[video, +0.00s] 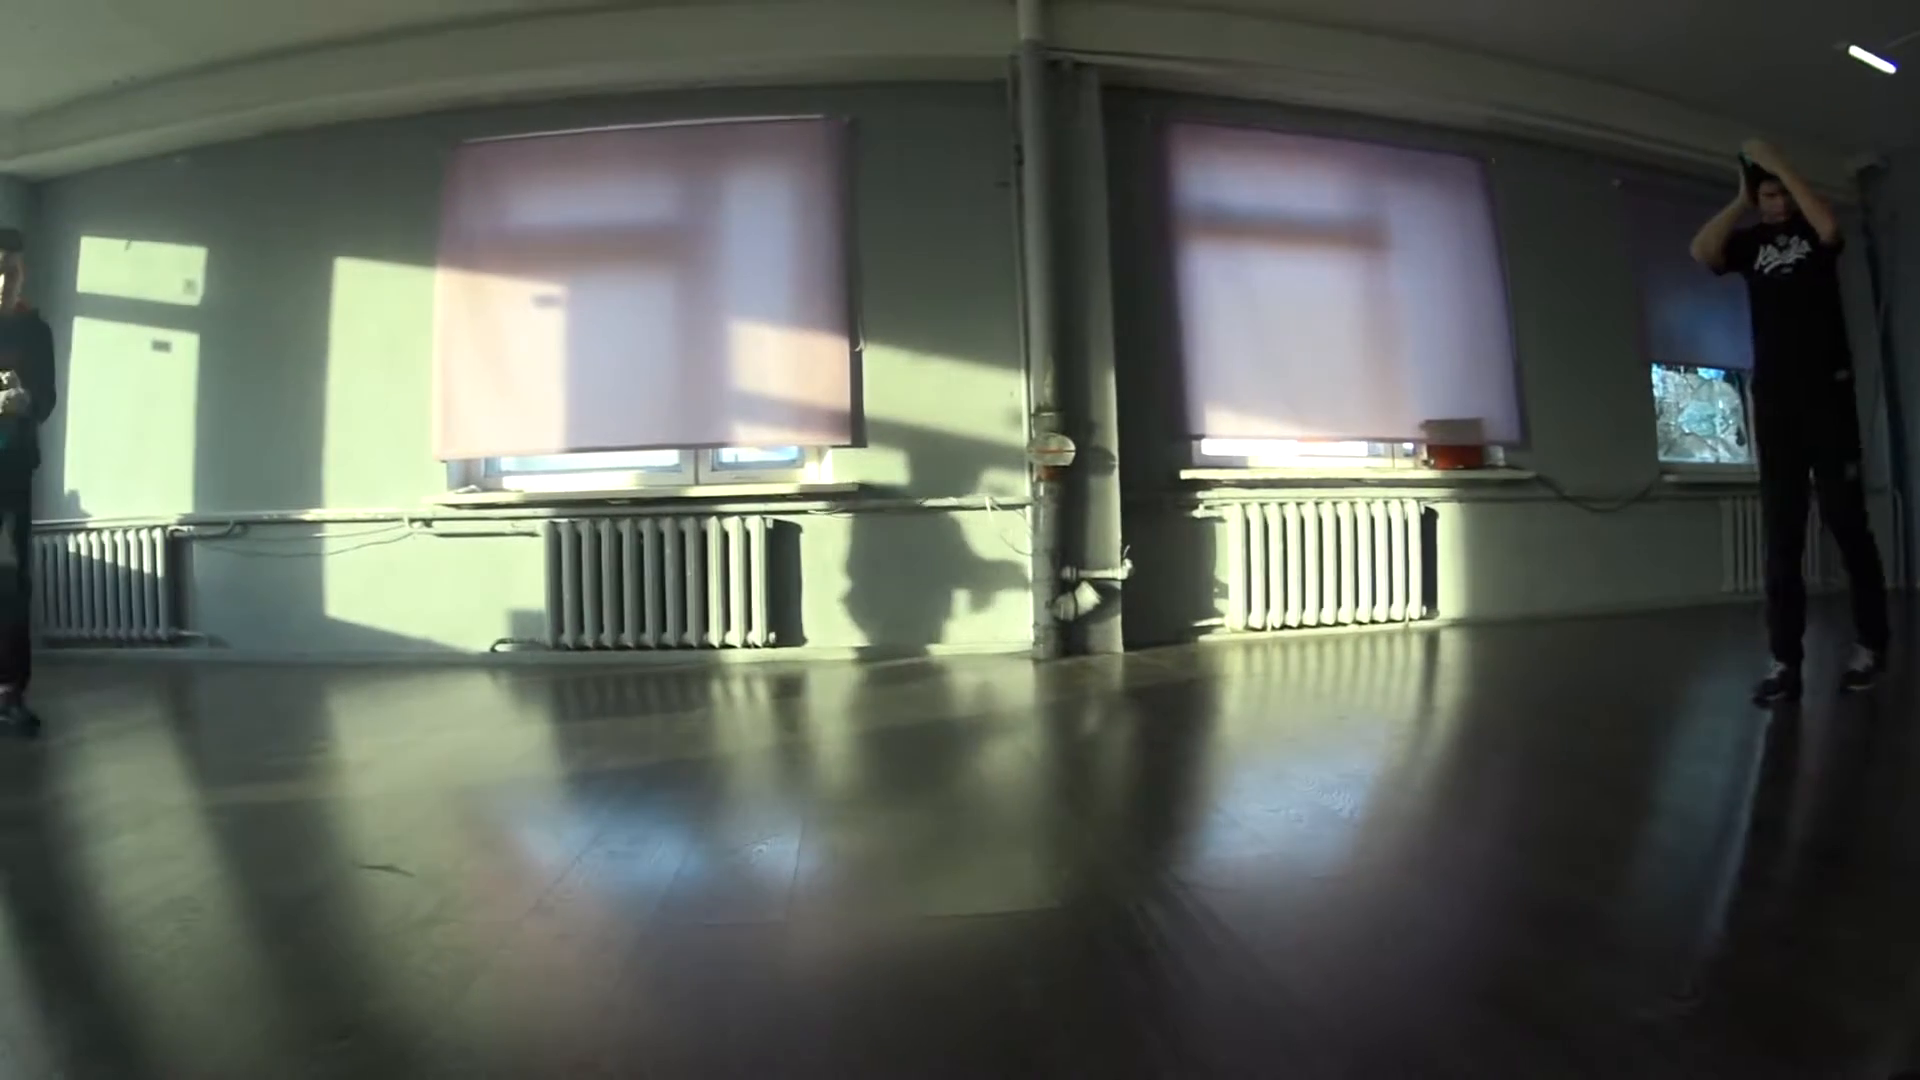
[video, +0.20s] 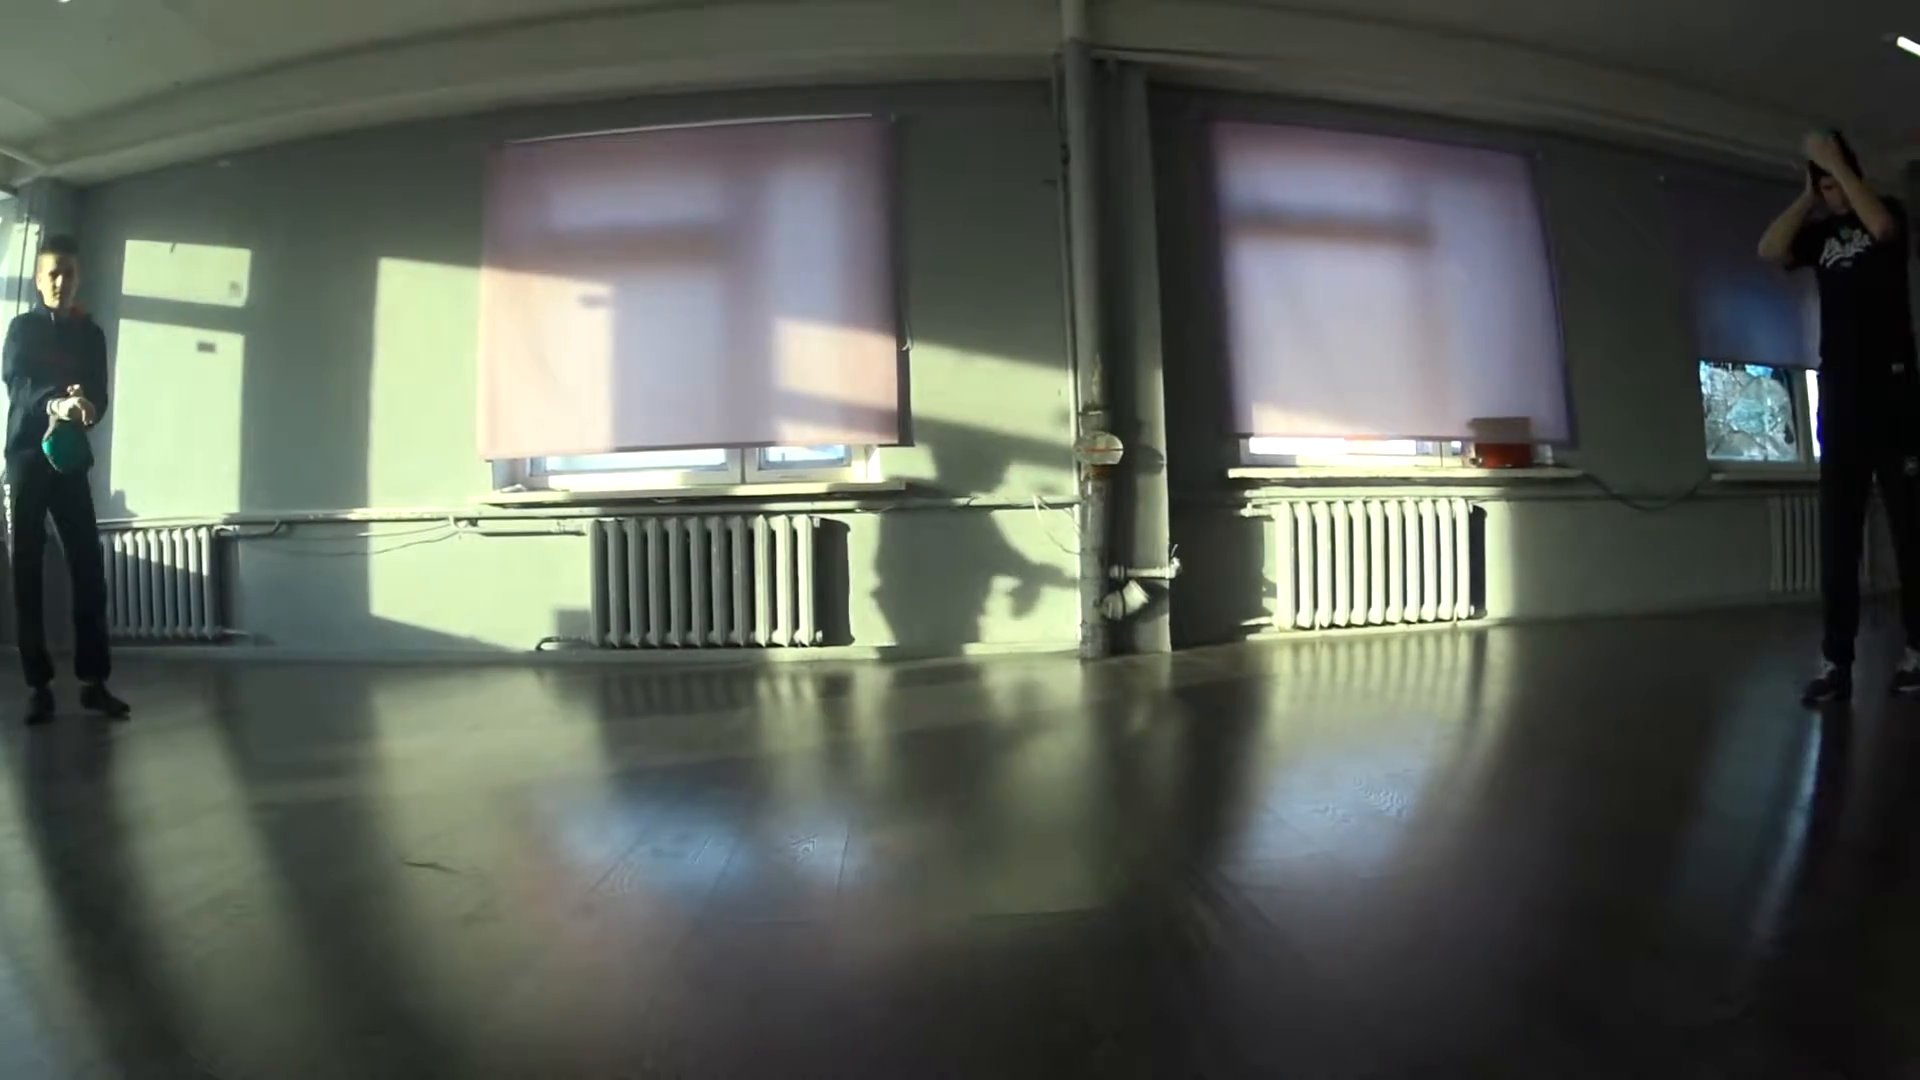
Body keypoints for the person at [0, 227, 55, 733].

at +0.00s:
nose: (6, 281)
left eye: (11, 272)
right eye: (2, 271)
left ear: (22, 277)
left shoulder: (31, 329)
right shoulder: (22, 330)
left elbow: (42, 401)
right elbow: (41, 400)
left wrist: (22, 401)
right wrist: (17, 397)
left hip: (14, 465)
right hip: (9, 466)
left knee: (15, 572)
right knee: (12, 572)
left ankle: (13, 691)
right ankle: (10, 689)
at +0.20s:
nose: (59, 281)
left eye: (67, 273)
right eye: (51, 273)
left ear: (78, 278)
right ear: (37, 279)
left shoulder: (91, 333)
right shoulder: (23, 327)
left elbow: (100, 396)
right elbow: (14, 383)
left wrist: (89, 411)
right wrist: (52, 400)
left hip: (71, 460)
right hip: (26, 460)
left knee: (88, 568)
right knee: (27, 571)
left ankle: (93, 683)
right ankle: (39, 688)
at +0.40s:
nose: (119, 282)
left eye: (125, 274)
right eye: (111, 274)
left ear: (134, 279)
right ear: (95, 280)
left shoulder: (147, 334)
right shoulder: (82, 326)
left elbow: (153, 393)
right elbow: (73, 379)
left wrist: (142, 419)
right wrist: (114, 395)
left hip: (127, 459)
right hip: (82, 459)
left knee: (136, 568)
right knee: (80, 568)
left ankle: (145, 682)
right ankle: (81, 686)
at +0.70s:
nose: (198, 287)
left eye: (204, 279)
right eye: (191, 279)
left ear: (212, 285)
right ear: (172, 284)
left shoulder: (220, 343)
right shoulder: (155, 331)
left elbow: (225, 403)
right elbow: (152, 390)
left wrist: (216, 428)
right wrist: (195, 388)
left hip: (196, 468)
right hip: (154, 464)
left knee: (199, 574)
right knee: (143, 570)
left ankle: (191, 681)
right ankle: (131, 684)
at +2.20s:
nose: (134, 279)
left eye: (140, 271)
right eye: (125, 271)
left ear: (147, 273)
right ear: (105, 274)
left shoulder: (158, 330)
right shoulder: (92, 324)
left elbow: (167, 403)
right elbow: (90, 389)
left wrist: (155, 396)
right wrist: (135, 370)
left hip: (142, 463)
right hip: (98, 463)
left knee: (153, 577)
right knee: (99, 578)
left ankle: (172, 691)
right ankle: (105, 691)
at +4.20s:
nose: (121, 261)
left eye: (127, 253)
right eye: (112, 253)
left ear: (136, 254)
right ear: (93, 256)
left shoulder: (148, 315)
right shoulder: (75, 312)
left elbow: (167, 397)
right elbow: (53, 388)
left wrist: (157, 376)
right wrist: (101, 378)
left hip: (131, 455)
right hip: (85, 455)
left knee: (137, 574)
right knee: (78, 573)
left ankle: (134, 694)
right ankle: (75, 697)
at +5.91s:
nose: (122, 256)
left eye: (128, 247)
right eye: (113, 247)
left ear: (134, 252)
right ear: (90, 252)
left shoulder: (137, 317)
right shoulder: (65, 311)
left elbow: (152, 395)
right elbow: (41, 390)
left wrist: (149, 396)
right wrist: (90, 390)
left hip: (122, 458)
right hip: (77, 458)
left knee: (131, 577)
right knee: (72, 577)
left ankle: (125, 696)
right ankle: (66, 700)